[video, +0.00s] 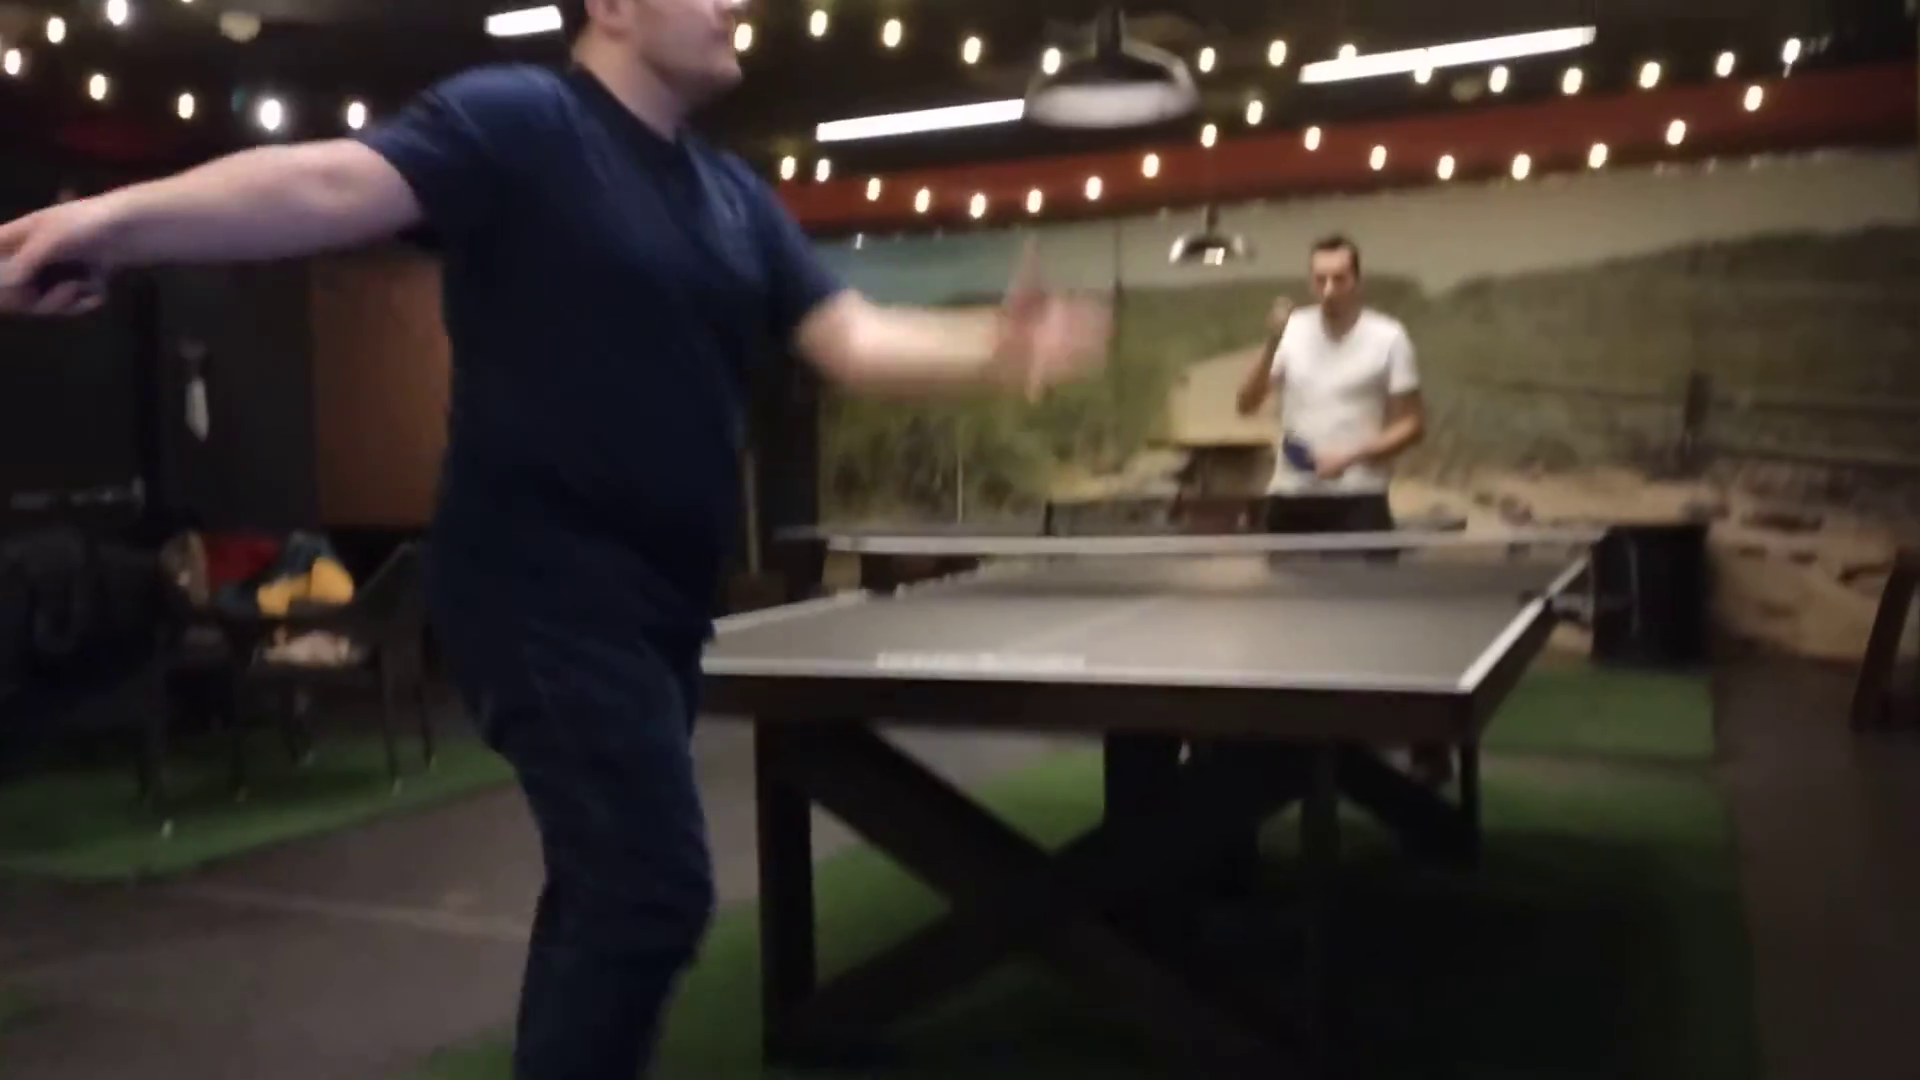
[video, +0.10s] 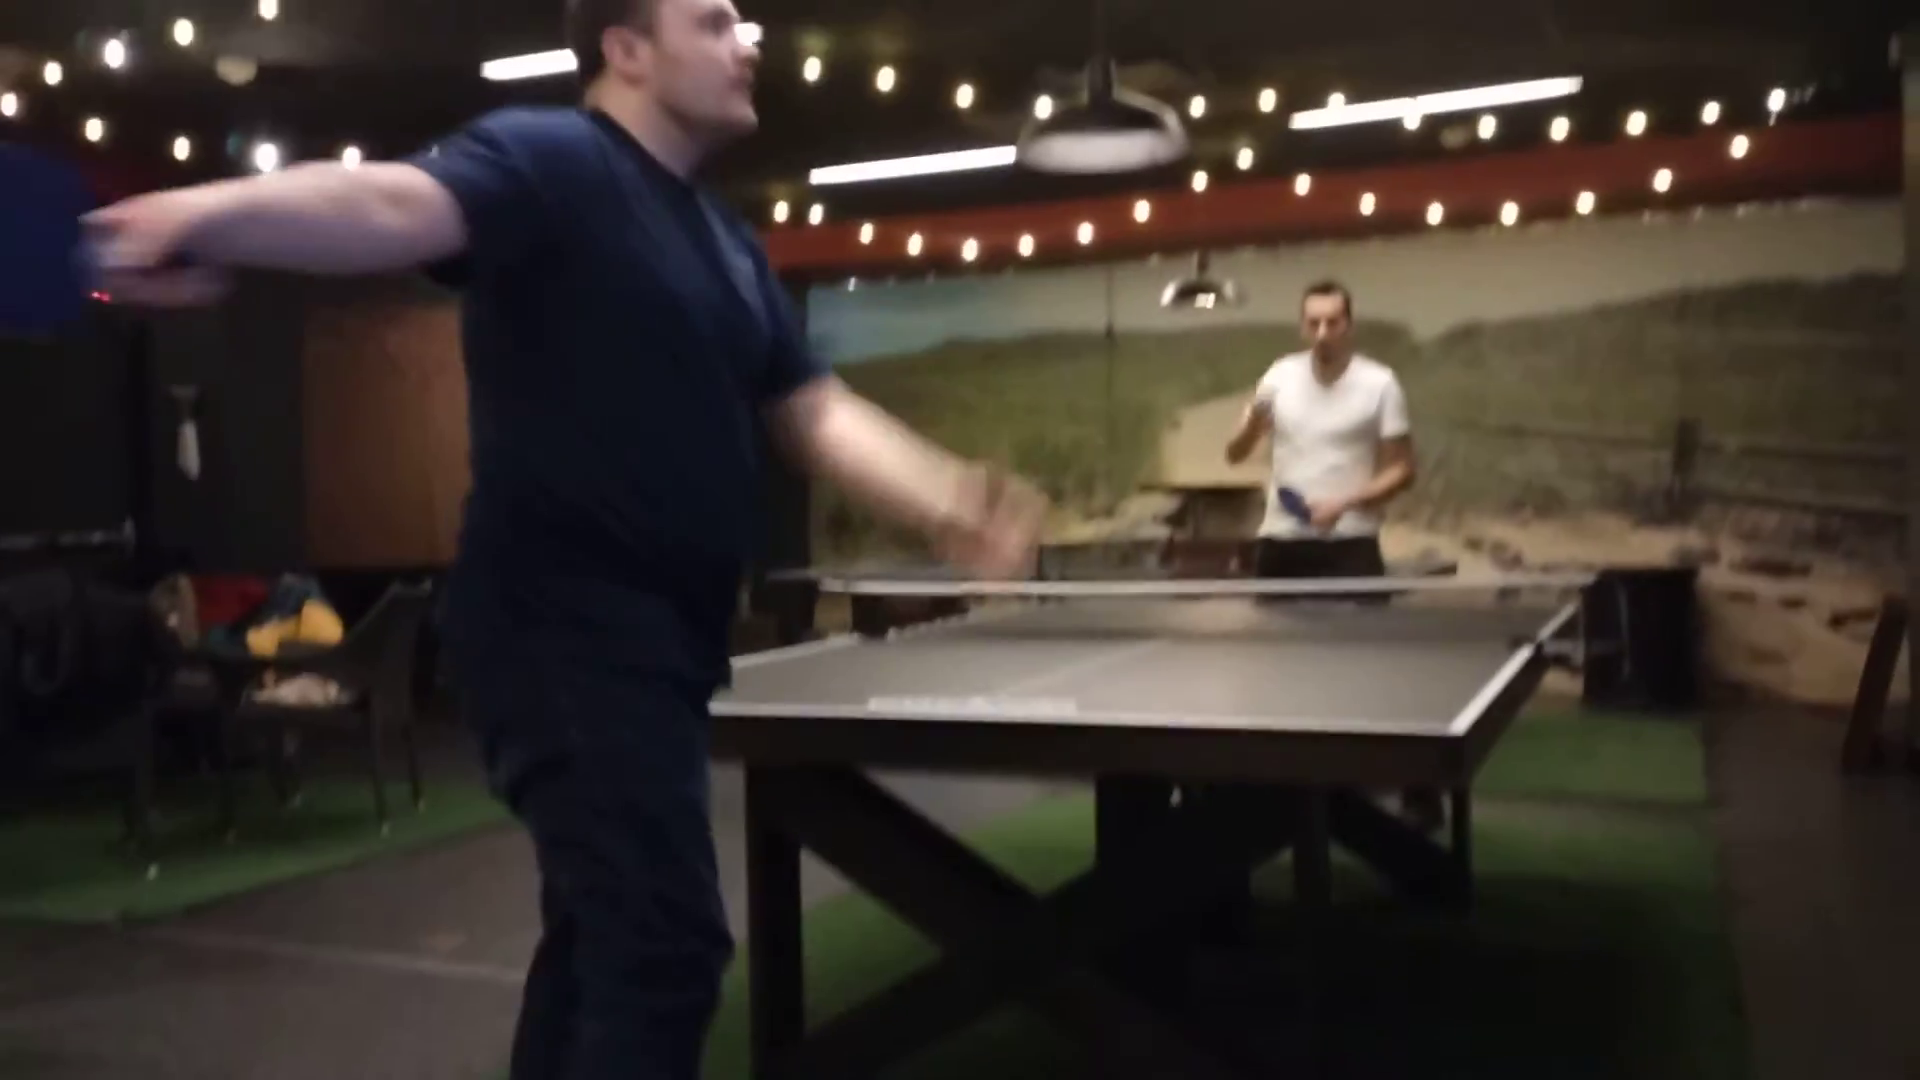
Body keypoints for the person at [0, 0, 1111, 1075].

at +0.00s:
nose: (737, 15)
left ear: (669, 25)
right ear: (613, 9)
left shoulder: (736, 200)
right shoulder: (520, 119)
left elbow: (852, 338)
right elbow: (335, 187)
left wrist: (998, 341)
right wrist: (113, 222)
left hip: (659, 600)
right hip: (530, 584)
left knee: (608, 898)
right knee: (650, 897)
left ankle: (565, 1068)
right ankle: (566, 1076)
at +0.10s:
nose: (748, 41)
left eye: (742, 21)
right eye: (713, 17)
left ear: (667, 56)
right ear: (626, 50)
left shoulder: (729, 249)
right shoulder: (555, 156)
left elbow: (816, 410)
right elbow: (395, 206)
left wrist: (956, 498)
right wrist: (205, 216)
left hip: (661, 643)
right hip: (556, 633)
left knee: (602, 947)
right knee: (666, 952)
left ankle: (552, 1078)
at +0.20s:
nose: (767, 91)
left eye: (759, 67)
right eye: (735, 65)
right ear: (645, 86)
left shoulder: (697, 261)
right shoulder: (594, 176)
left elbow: (758, 457)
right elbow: (503, 223)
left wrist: (844, 606)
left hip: (659, 680)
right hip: (576, 676)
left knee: (595, 992)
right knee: (674, 995)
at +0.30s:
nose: (781, 140)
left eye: (776, 117)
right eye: (756, 114)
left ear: (668, 127)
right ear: (664, 122)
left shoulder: (662, 247)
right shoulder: (618, 201)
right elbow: (563, 279)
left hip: (638, 691)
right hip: (593, 693)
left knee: (585, 1028)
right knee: (657, 1028)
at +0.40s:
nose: (784, 178)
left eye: (781, 152)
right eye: (762, 148)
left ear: (677, 156)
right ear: (677, 149)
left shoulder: (608, 248)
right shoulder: (641, 226)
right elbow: (694, 347)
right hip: (604, 730)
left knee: (577, 1044)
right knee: (654, 1046)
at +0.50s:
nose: (781, 208)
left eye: (783, 183)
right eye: (772, 178)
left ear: (672, 164)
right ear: (694, 164)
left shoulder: (557, 269)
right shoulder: (688, 248)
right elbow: (835, 431)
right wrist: (1071, 561)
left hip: (509, 751)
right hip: (613, 760)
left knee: (550, 1056)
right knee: (654, 1057)